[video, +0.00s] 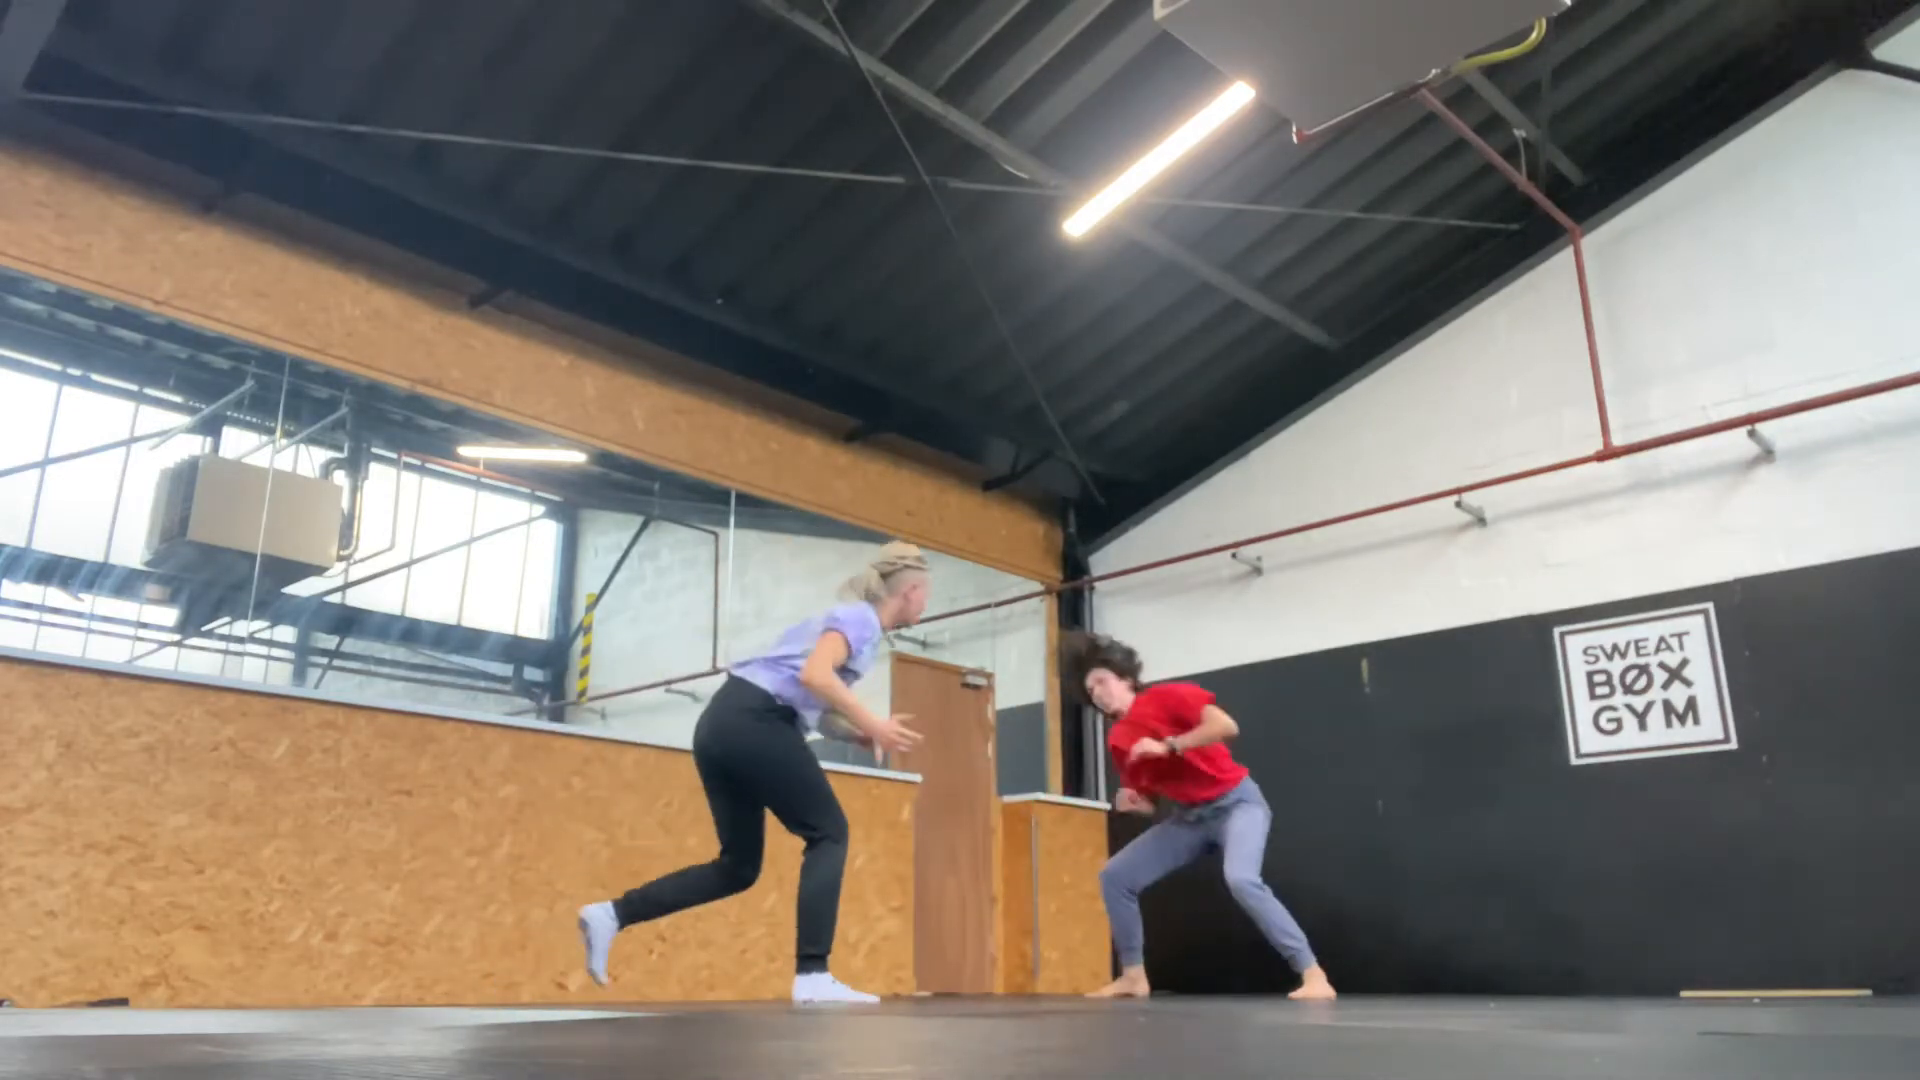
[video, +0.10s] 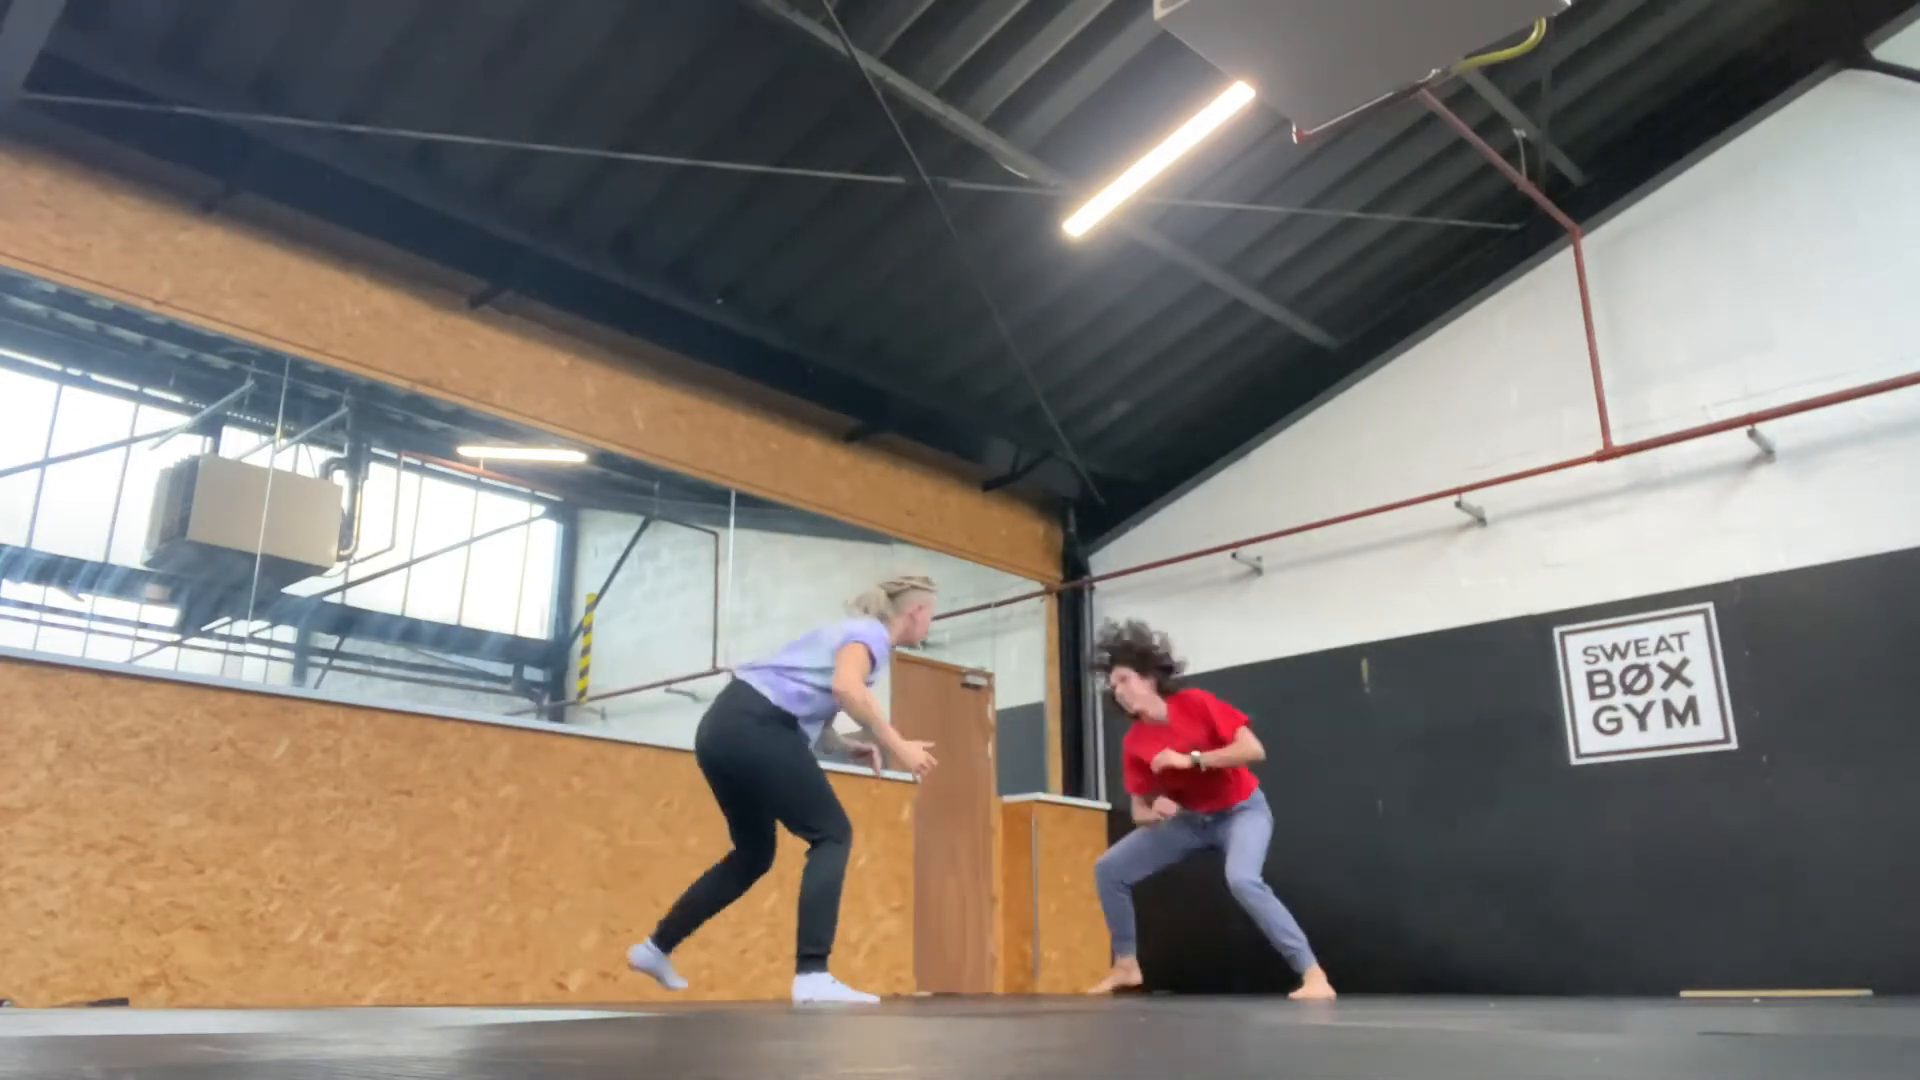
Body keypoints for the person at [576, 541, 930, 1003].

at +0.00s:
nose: (925, 603)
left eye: (926, 592)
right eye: (923, 591)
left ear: (889, 587)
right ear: (904, 589)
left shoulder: (844, 623)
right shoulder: (861, 618)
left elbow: (812, 711)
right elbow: (816, 673)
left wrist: (859, 734)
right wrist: (875, 723)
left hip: (720, 725)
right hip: (756, 724)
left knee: (738, 867)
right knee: (829, 833)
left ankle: (611, 917)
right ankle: (813, 977)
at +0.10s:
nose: (929, 627)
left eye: (930, 617)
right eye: (928, 616)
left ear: (898, 609)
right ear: (912, 612)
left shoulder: (843, 635)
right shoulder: (870, 633)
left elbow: (811, 728)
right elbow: (847, 686)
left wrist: (848, 748)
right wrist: (900, 746)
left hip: (722, 731)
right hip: (756, 730)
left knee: (754, 854)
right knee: (832, 834)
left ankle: (656, 948)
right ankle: (812, 976)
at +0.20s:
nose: (919, 632)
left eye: (920, 621)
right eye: (918, 620)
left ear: (881, 612)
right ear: (901, 617)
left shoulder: (832, 640)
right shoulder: (869, 638)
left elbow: (809, 733)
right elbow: (842, 689)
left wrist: (865, 734)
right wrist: (880, 758)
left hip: (716, 738)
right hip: (760, 735)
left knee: (744, 854)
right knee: (836, 842)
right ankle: (812, 977)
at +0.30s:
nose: (898, 628)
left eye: (899, 620)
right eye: (895, 619)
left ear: (858, 612)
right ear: (877, 614)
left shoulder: (823, 640)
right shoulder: (856, 638)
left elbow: (850, 729)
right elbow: (815, 687)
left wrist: (890, 702)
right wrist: (829, 766)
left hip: (713, 745)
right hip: (757, 741)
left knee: (751, 862)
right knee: (828, 851)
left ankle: (736, 982)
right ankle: (811, 976)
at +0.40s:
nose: (879, 629)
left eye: (880, 621)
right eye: (877, 620)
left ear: (842, 615)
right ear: (860, 615)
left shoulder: (821, 648)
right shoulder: (839, 640)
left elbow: (856, 709)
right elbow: (789, 685)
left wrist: (905, 690)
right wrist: (800, 753)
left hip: (708, 747)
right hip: (747, 739)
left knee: (758, 860)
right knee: (800, 854)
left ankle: (739, 981)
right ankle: (808, 975)